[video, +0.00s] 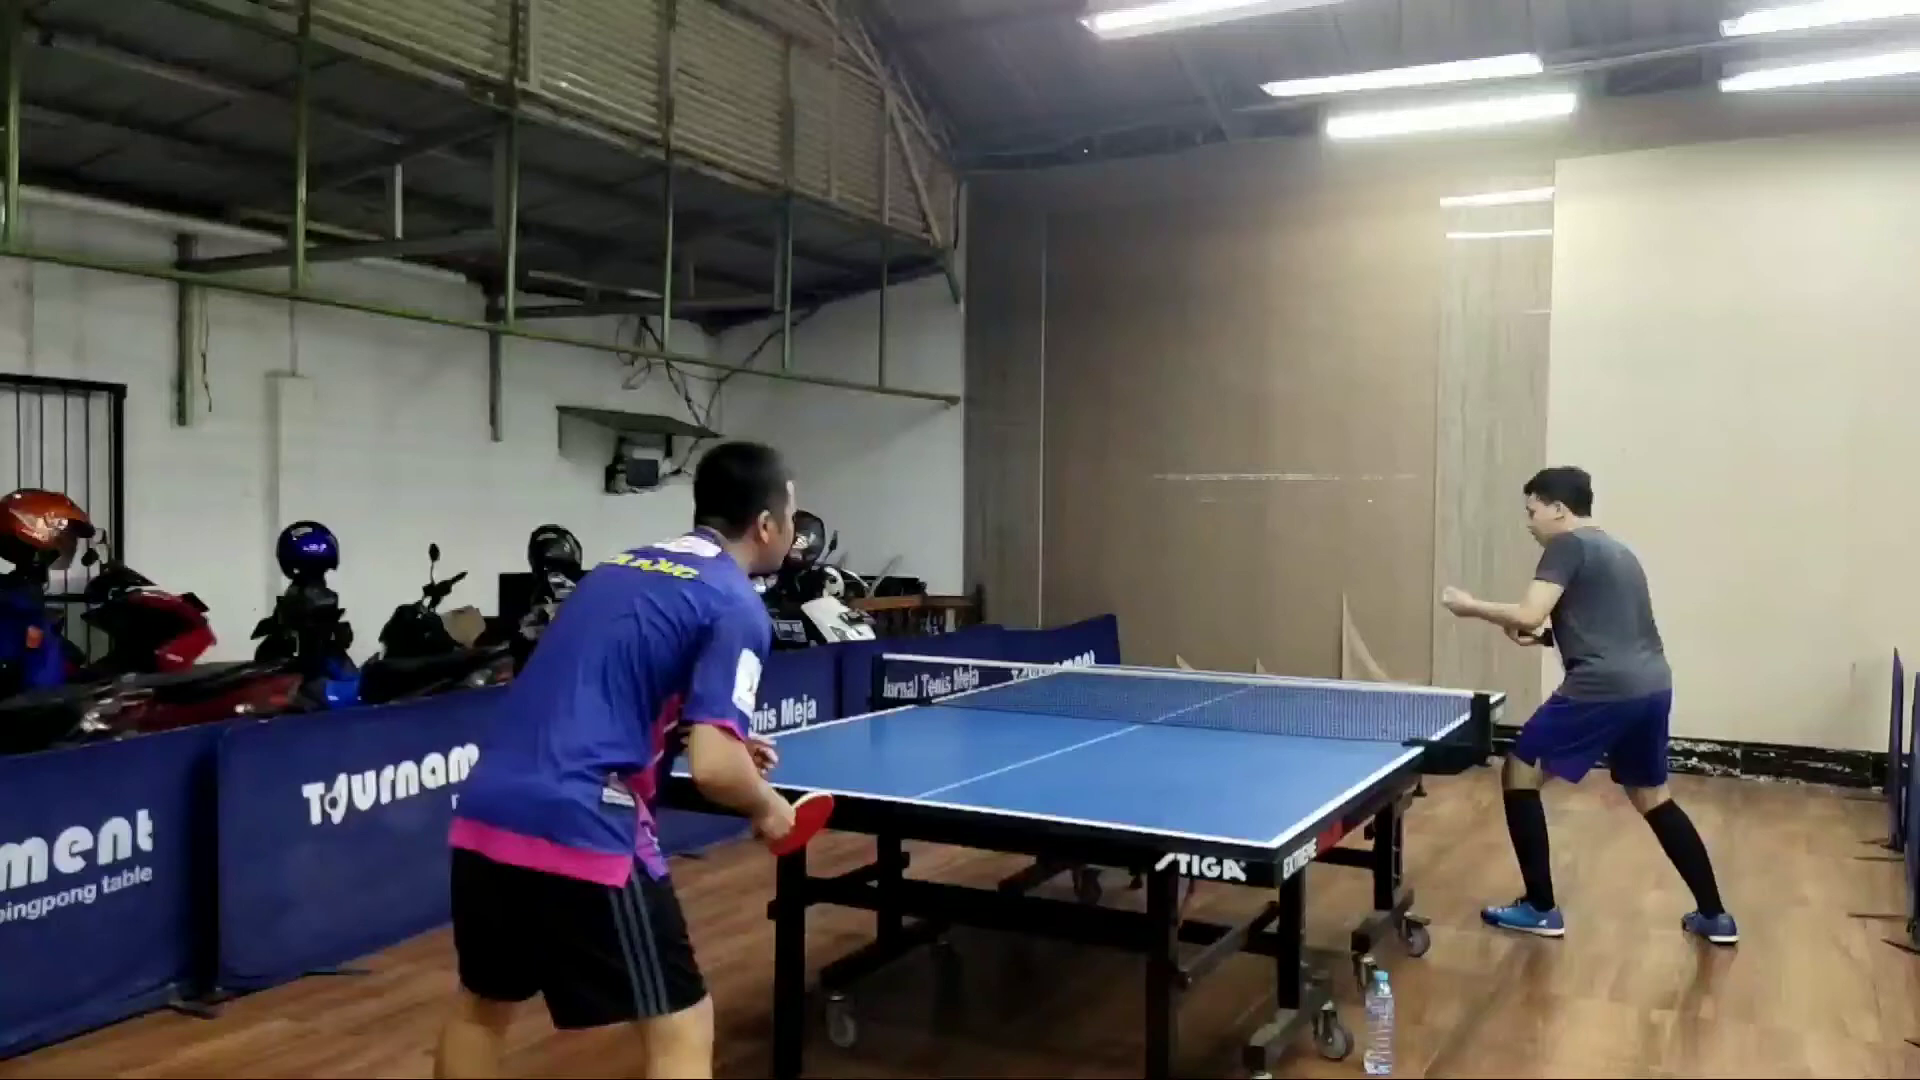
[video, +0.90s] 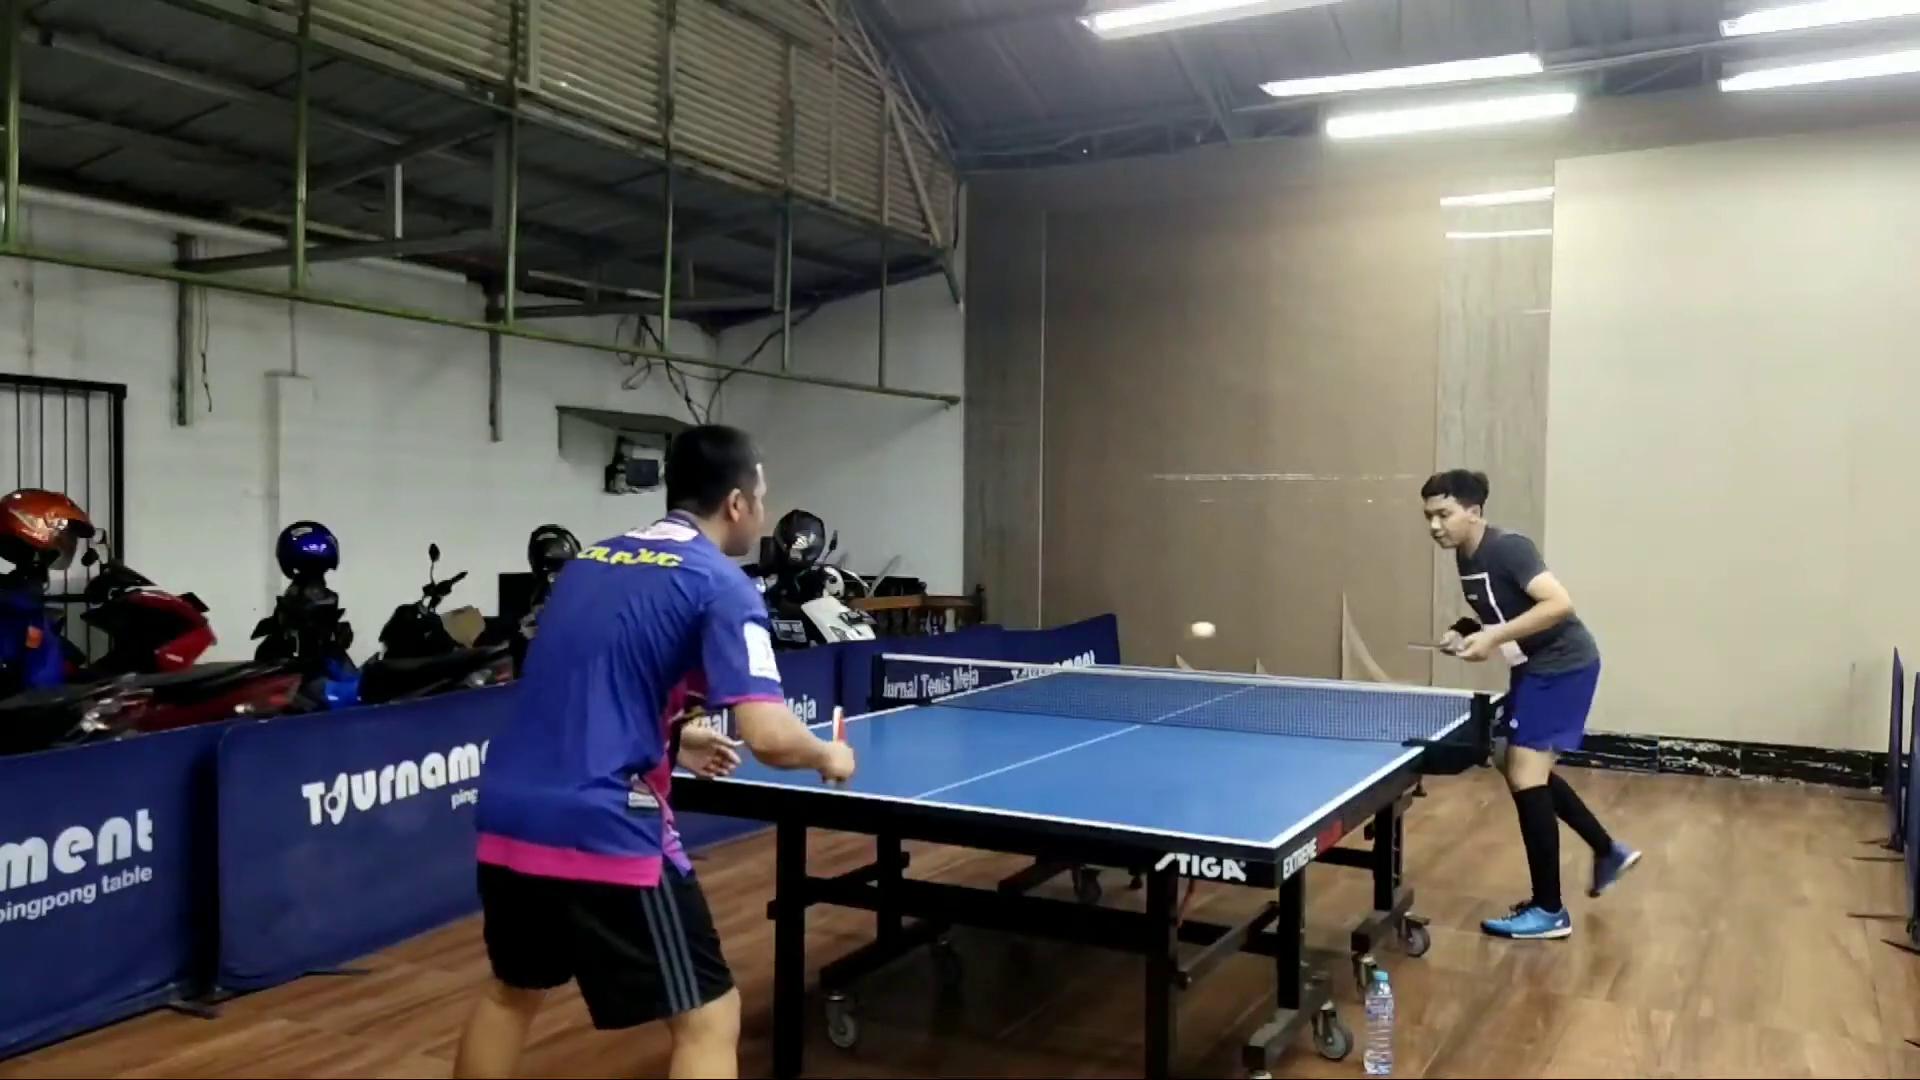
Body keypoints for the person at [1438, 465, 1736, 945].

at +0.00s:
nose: (1528, 521)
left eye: (1532, 510)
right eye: (1527, 511)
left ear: (1558, 508)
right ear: (1574, 510)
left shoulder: (1567, 546)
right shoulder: (1616, 549)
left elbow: (1529, 617)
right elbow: (1606, 626)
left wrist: (1471, 606)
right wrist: (1542, 634)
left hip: (1600, 687)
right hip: (1652, 686)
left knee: (1519, 773)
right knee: (1650, 794)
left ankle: (1539, 905)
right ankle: (1715, 914)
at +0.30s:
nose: (1555, 516)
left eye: (1557, 505)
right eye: (1554, 505)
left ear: (1580, 501)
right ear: (1608, 503)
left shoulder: (1585, 539)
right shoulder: (1653, 549)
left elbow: (1551, 603)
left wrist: (1487, 610)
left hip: (1611, 682)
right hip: (1667, 683)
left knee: (1532, 772)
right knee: (1664, 791)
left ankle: (1542, 905)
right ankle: (1716, 914)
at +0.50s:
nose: (1524, 535)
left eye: (1526, 523)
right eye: (1522, 524)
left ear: (1550, 520)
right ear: (1575, 520)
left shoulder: (1557, 550)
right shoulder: (1629, 551)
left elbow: (1562, 601)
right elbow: (1685, 613)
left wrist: (1519, 655)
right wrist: (1630, 616)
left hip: (1613, 684)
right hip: (1667, 681)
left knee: (1523, 770)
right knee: (1668, 793)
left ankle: (1553, 902)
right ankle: (1716, 914)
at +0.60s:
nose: (1489, 551)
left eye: (1490, 539)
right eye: (1486, 541)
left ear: (1518, 530)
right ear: (1532, 531)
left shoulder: (1531, 560)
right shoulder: (1593, 557)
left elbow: (1562, 604)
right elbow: (1657, 605)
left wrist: (1533, 664)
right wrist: (1595, 633)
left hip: (1602, 690)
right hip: (1653, 685)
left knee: (1516, 778)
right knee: (1657, 795)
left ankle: (1547, 910)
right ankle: (1715, 915)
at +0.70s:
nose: (1457, 558)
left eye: (1460, 545)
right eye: (1454, 548)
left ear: (1490, 535)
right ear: (1495, 538)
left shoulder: (1515, 565)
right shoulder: (1556, 563)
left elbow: (1569, 604)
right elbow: (1614, 612)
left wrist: (1528, 666)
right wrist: (1546, 649)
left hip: (1583, 690)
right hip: (1625, 685)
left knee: (1503, 782)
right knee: (1620, 794)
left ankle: (1546, 911)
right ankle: (1700, 902)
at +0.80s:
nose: (1442, 546)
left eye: (1447, 534)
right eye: (1437, 538)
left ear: (1479, 526)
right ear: (1473, 531)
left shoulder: (1511, 560)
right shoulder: (1497, 571)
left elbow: (1574, 602)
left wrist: (1516, 651)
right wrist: (1495, 644)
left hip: (1566, 683)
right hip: (1588, 679)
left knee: (1504, 783)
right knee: (1560, 782)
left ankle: (1547, 910)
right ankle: (1667, 867)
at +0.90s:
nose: (1434, 526)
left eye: (1442, 514)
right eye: (1429, 517)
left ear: (1472, 511)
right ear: (1434, 519)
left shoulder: (1508, 549)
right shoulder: (1466, 560)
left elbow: (1559, 604)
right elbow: (1505, 615)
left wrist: (1496, 639)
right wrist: (1472, 633)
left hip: (1563, 664)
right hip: (1533, 666)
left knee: (1525, 774)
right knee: (1525, 769)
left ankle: (1549, 908)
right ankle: (1608, 852)